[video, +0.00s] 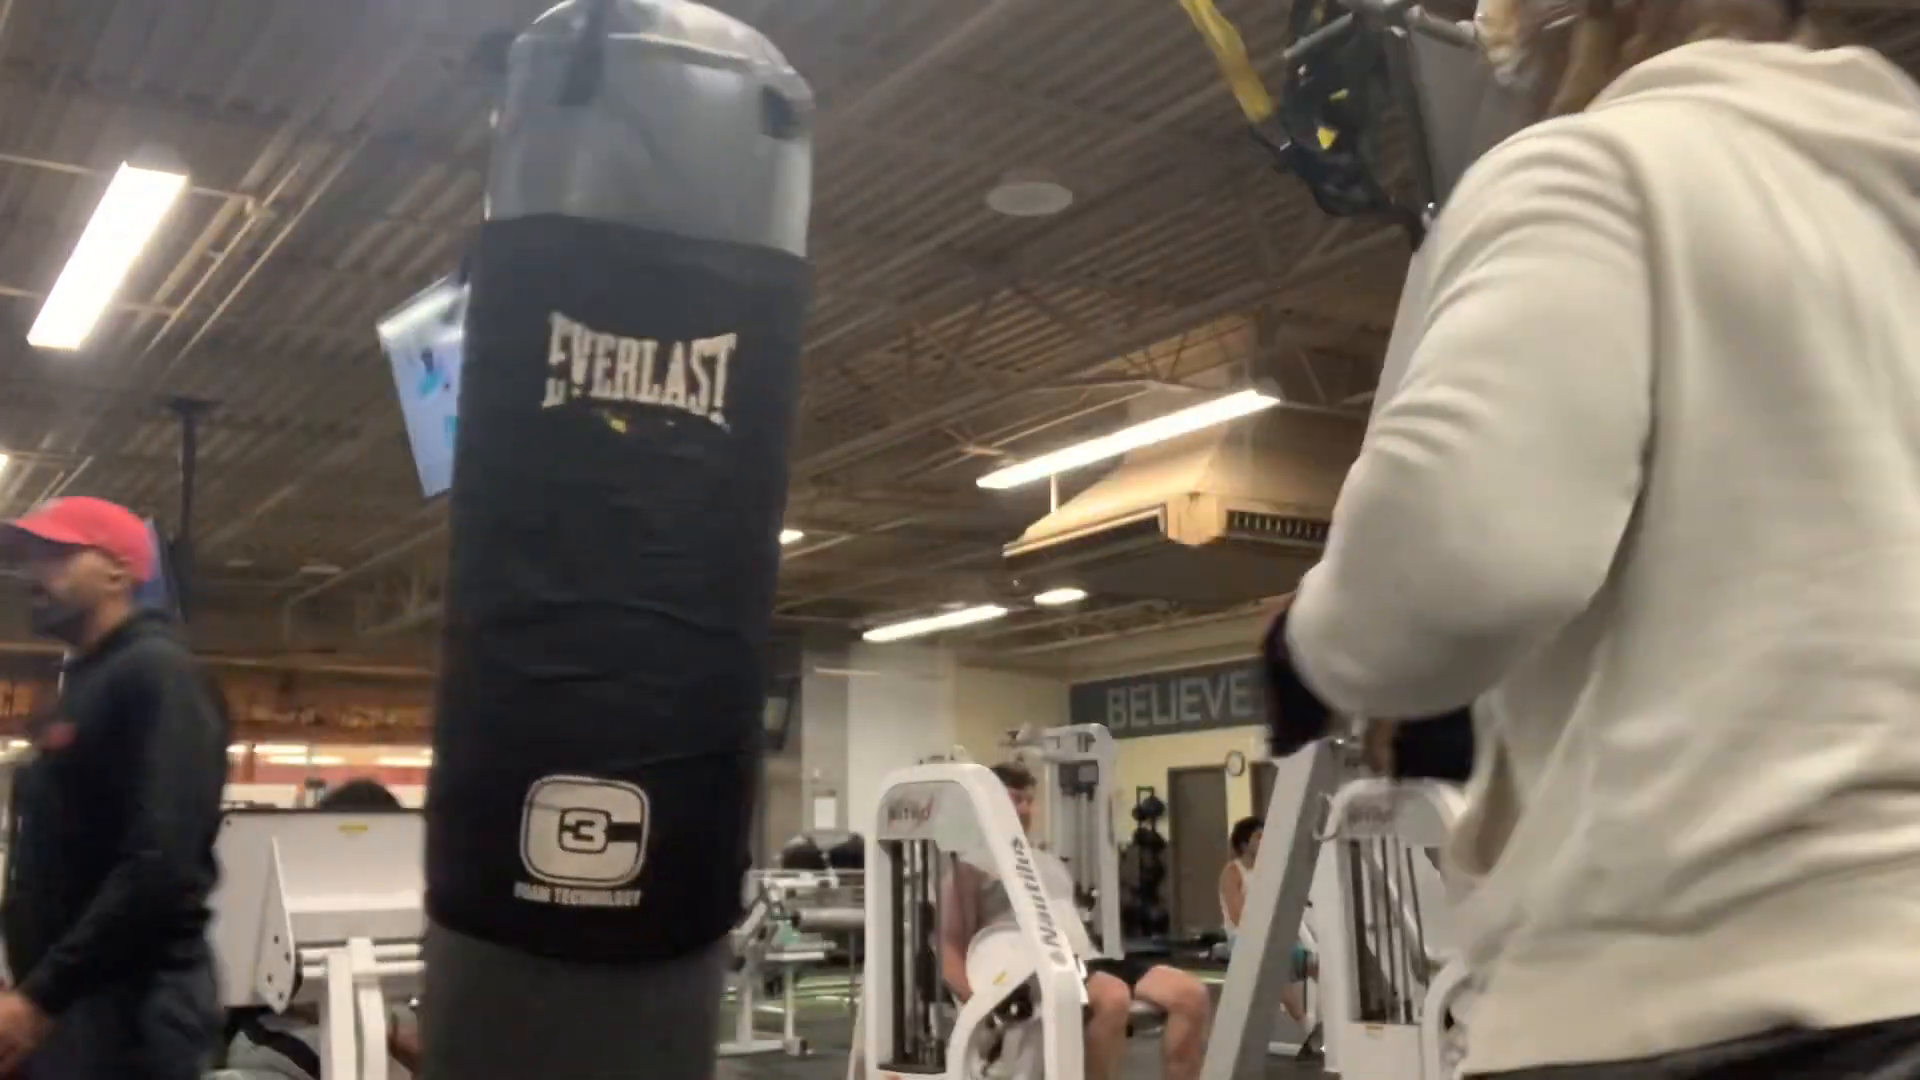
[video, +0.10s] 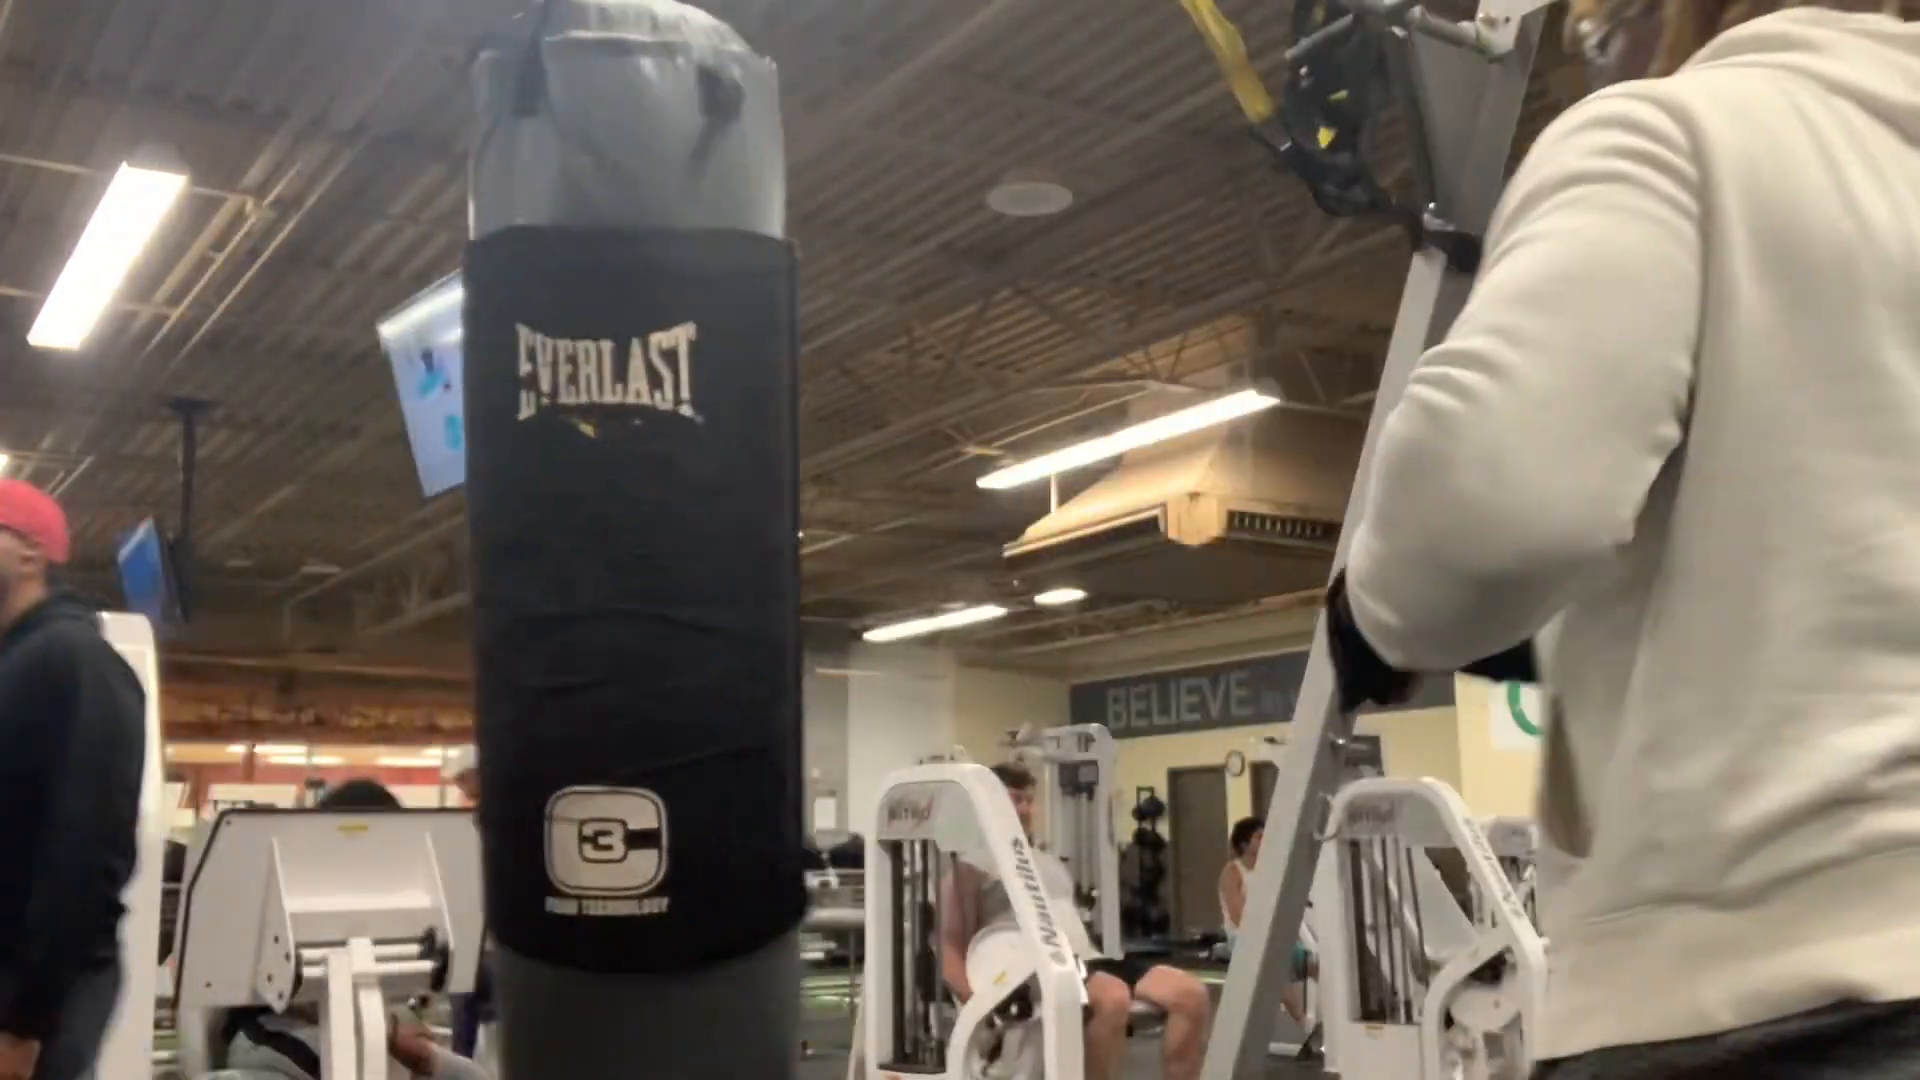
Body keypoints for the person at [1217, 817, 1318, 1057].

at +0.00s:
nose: (1262, 843)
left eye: (1263, 837)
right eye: (1257, 837)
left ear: (1263, 840)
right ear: (1244, 842)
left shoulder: (1264, 867)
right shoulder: (1233, 871)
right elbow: (1236, 914)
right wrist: (1260, 932)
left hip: (1273, 937)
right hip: (1245, 940)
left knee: (1312, 960)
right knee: (1279, 966)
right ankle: (1305, 1024)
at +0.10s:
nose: (1262, 843)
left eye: (1263, 837)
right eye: (1257, 838)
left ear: (1264, 841)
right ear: (1244, 842)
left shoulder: (1265, 868)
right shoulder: (1232, 871)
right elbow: (1237, 915)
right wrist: (1262, 932)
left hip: (1273, 936)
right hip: (1245, 940)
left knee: (1313, 960)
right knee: (1280, 966)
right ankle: (1304, 1023)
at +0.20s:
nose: (1262, 843)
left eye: (1263, 838)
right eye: (1257, 838)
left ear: (1264, 841)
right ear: (1244, 842)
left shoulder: (1265, 867)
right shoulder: (1233, 871)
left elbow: (1282, 906)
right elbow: (1237, 916)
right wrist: (1263, 934)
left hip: (1275, 936)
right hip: (1245, 941)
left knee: (1314, 960)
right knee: (1279, 968)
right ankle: (1307, 1025)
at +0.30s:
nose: (1262, 843)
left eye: (1263, 838)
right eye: (1257, 838)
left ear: (1265, 841)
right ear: (1243, 842)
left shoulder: (1266, 867)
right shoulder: (1232, 871)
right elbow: (1238, 916)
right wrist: (1264, 933)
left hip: (1275, 935)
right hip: (1244, 940)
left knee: (1313, 960)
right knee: (1279, 968)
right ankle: (1306, 1024)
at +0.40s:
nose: (1262, 843)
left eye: (1263, 837)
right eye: (1257, 838)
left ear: (1265, 841)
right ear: (1244, 842)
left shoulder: (1266, 868)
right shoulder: (1232, 871)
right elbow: (1238, 917)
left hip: (1275, 937)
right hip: (1245, 941)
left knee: (1313, 961)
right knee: (1279, 970)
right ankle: (1306, 1024)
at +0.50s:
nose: (1262, 843)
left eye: (1263, 837)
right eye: (1258, 837)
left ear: (1265, 840)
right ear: (1245, 842)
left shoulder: (1267, 868)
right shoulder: (1233, 871)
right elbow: (1238, 917)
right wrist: (1266, 933)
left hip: (1276, 937)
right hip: (1245, 940)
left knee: (1314, 962)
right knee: (1279, 969)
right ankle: (1307, 1026)